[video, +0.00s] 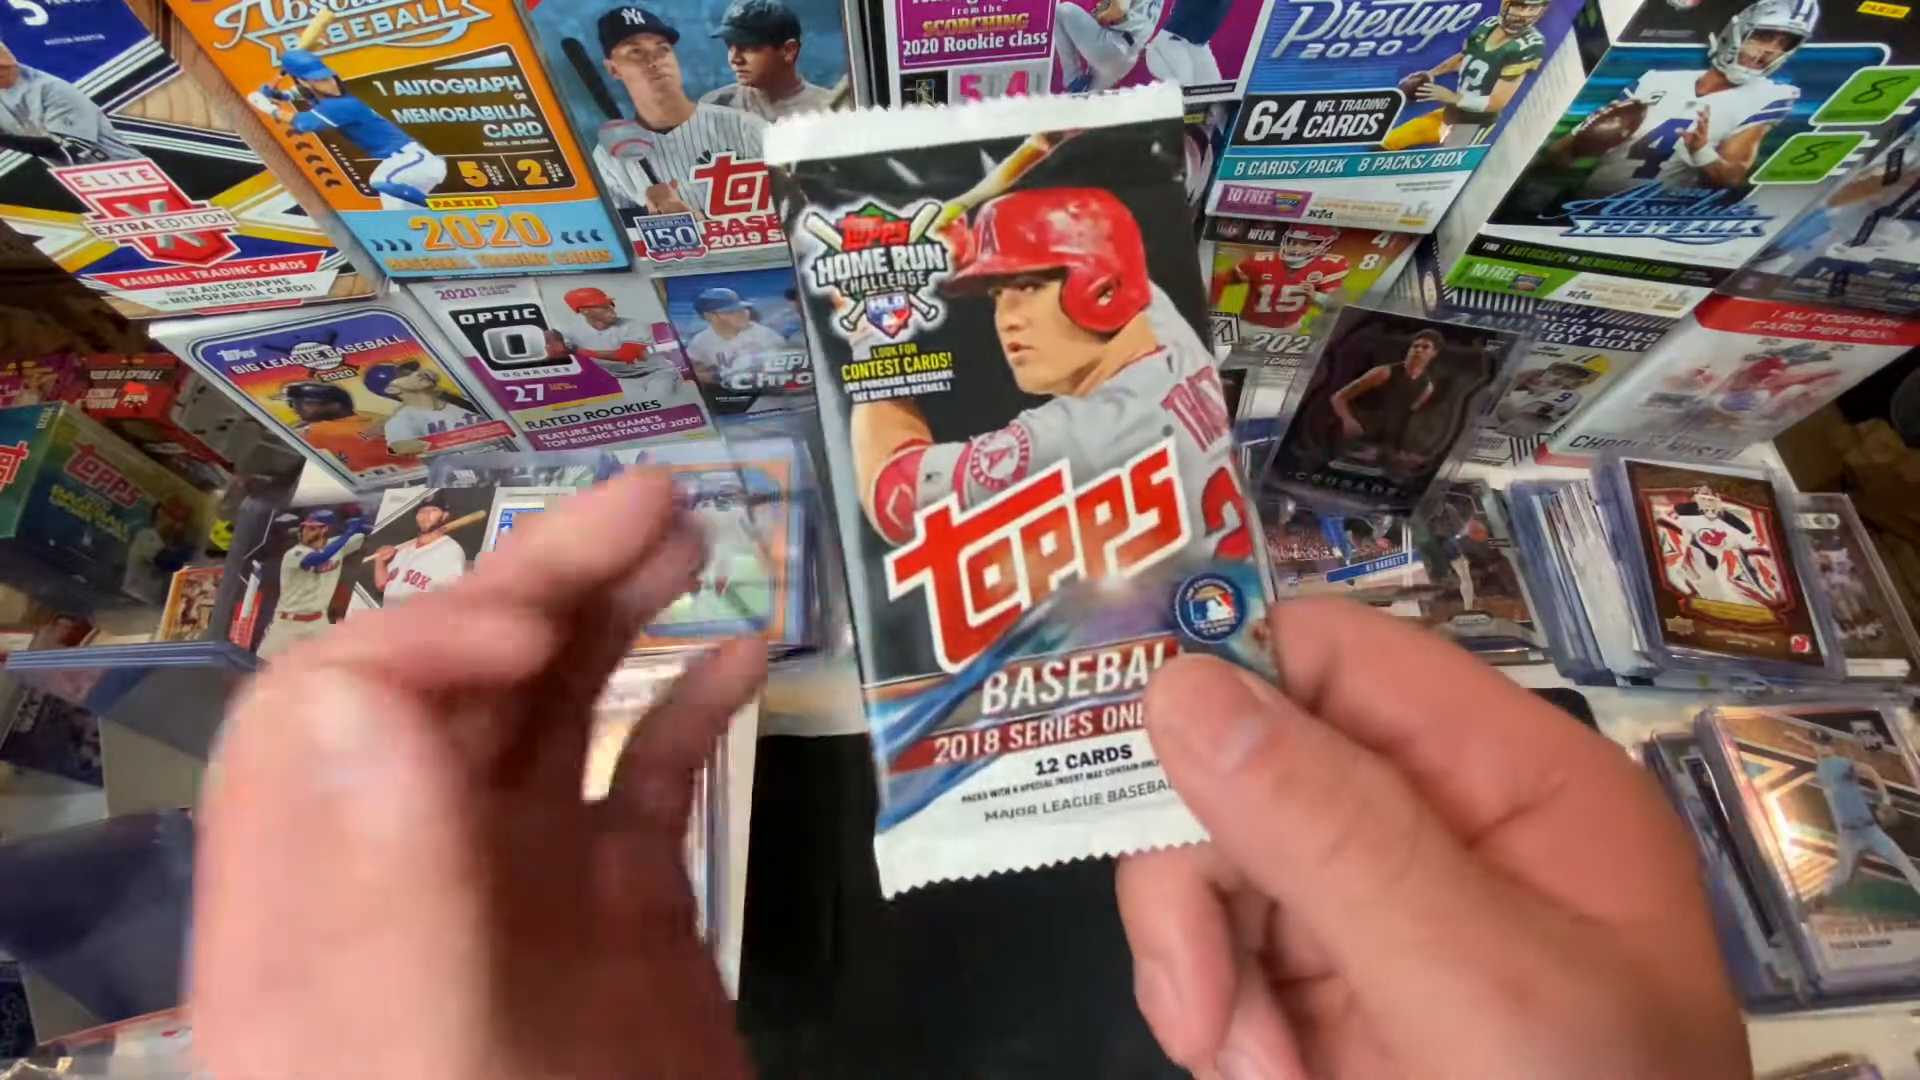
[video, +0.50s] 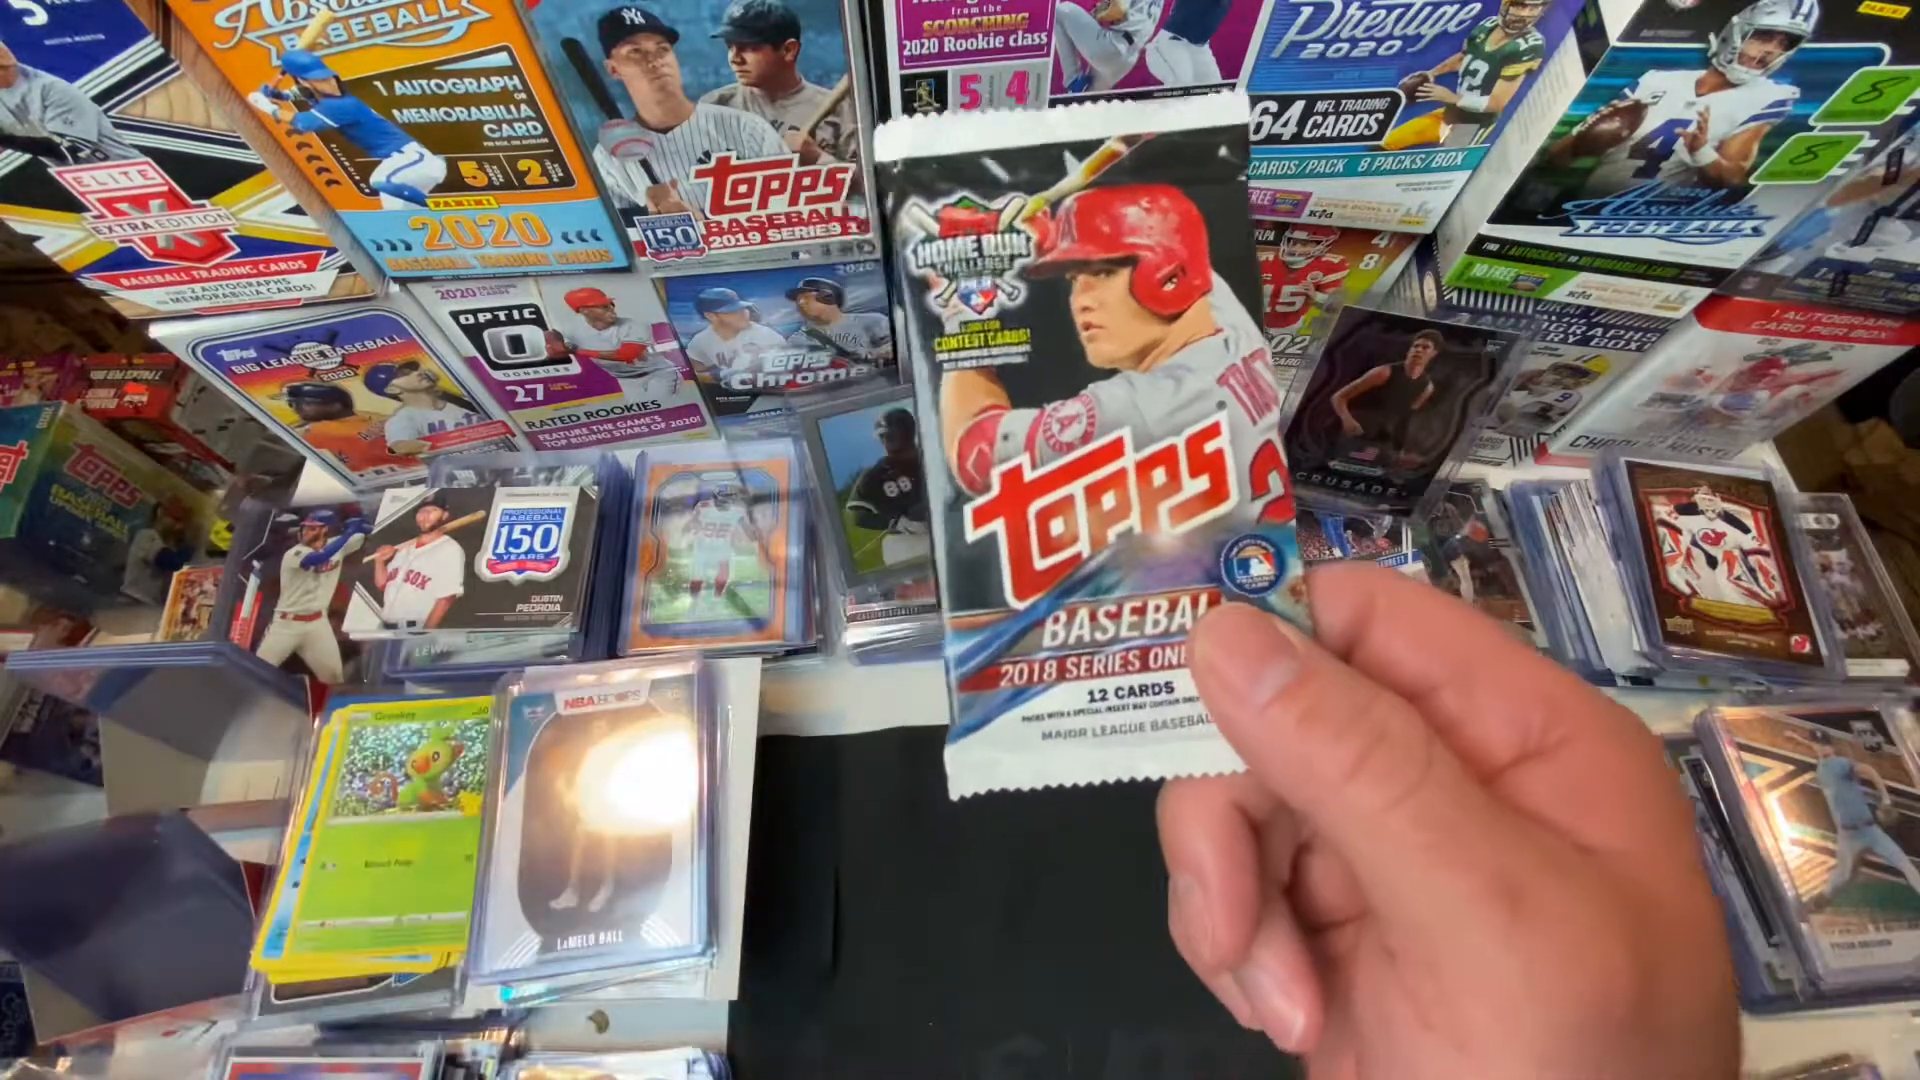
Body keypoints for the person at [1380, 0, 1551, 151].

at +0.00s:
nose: (1520, 13)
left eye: (1530, 7)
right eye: (1515, 5)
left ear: (1542, 11)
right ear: (1503, 4)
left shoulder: (1528, 47)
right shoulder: (1487, 26)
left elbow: (1496, 103)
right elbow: (1463, 58)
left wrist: (1451, 97)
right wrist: (1431, 73)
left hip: (1478, 122)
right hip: (1452, 110)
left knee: (1442, 172)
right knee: (1389, 141)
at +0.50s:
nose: (1520, 14)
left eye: (1530, 8)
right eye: (1516, 5)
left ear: (1542, 11)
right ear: (1504, 5)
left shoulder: (1527, 47)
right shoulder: (1487, 26)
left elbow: (1496, 103)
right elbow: (1463, 57)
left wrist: (1451, 98)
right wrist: (1431, 74)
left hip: (1478, 122)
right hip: (1453, 110)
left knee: (1442, 173)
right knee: (1388, 141)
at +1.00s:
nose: (1518, 14)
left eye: (1529, 8)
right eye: (1514, 6)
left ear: (1542, 11)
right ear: (1504, 5)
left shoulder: (1527, 47)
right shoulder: (1487, 26)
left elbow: (1496, 104)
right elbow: (1463, 57)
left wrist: (1450, 98)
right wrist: (1431, 73)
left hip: (1478, 123)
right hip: (1452, 111)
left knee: (1443, 174)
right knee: (1388, 141)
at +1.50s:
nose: (1520, 13)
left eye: (1530, 7)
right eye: (1515, 5)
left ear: (1542, 11)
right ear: (1503, 5)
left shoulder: (1527, 47)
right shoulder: (1487, 26)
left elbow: (1496, 103)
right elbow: (1464, 57)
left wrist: (1450, 97)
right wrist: (1431, 73)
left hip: (1478, 123)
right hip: (1452, 111)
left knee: (1443, 174)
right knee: (1388, 141)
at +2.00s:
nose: (1520, 13)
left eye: (1530, 7)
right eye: (1515, 5)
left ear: (1541, 11)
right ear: (1504, 5)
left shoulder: (1528, 47)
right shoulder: (1487, 26)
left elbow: (1496, 103)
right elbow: (1463, 57)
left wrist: (1450, 97)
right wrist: (1431, 73)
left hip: (1478, 123)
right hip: (1452, 111)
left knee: (1442, 172)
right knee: (1388, 141)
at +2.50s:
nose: (1520, 13)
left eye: (1529, 7)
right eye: (1515, 5)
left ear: (1541, 11)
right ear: (1503, 4)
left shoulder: (1527, 47)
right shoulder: (1487, 26)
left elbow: (1496, 103)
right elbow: (1464, 57)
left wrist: (1450, 97)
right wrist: (1431, 73)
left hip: (1478, 123)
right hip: (1452, 111)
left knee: (1442, 172)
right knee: (1389, 141)